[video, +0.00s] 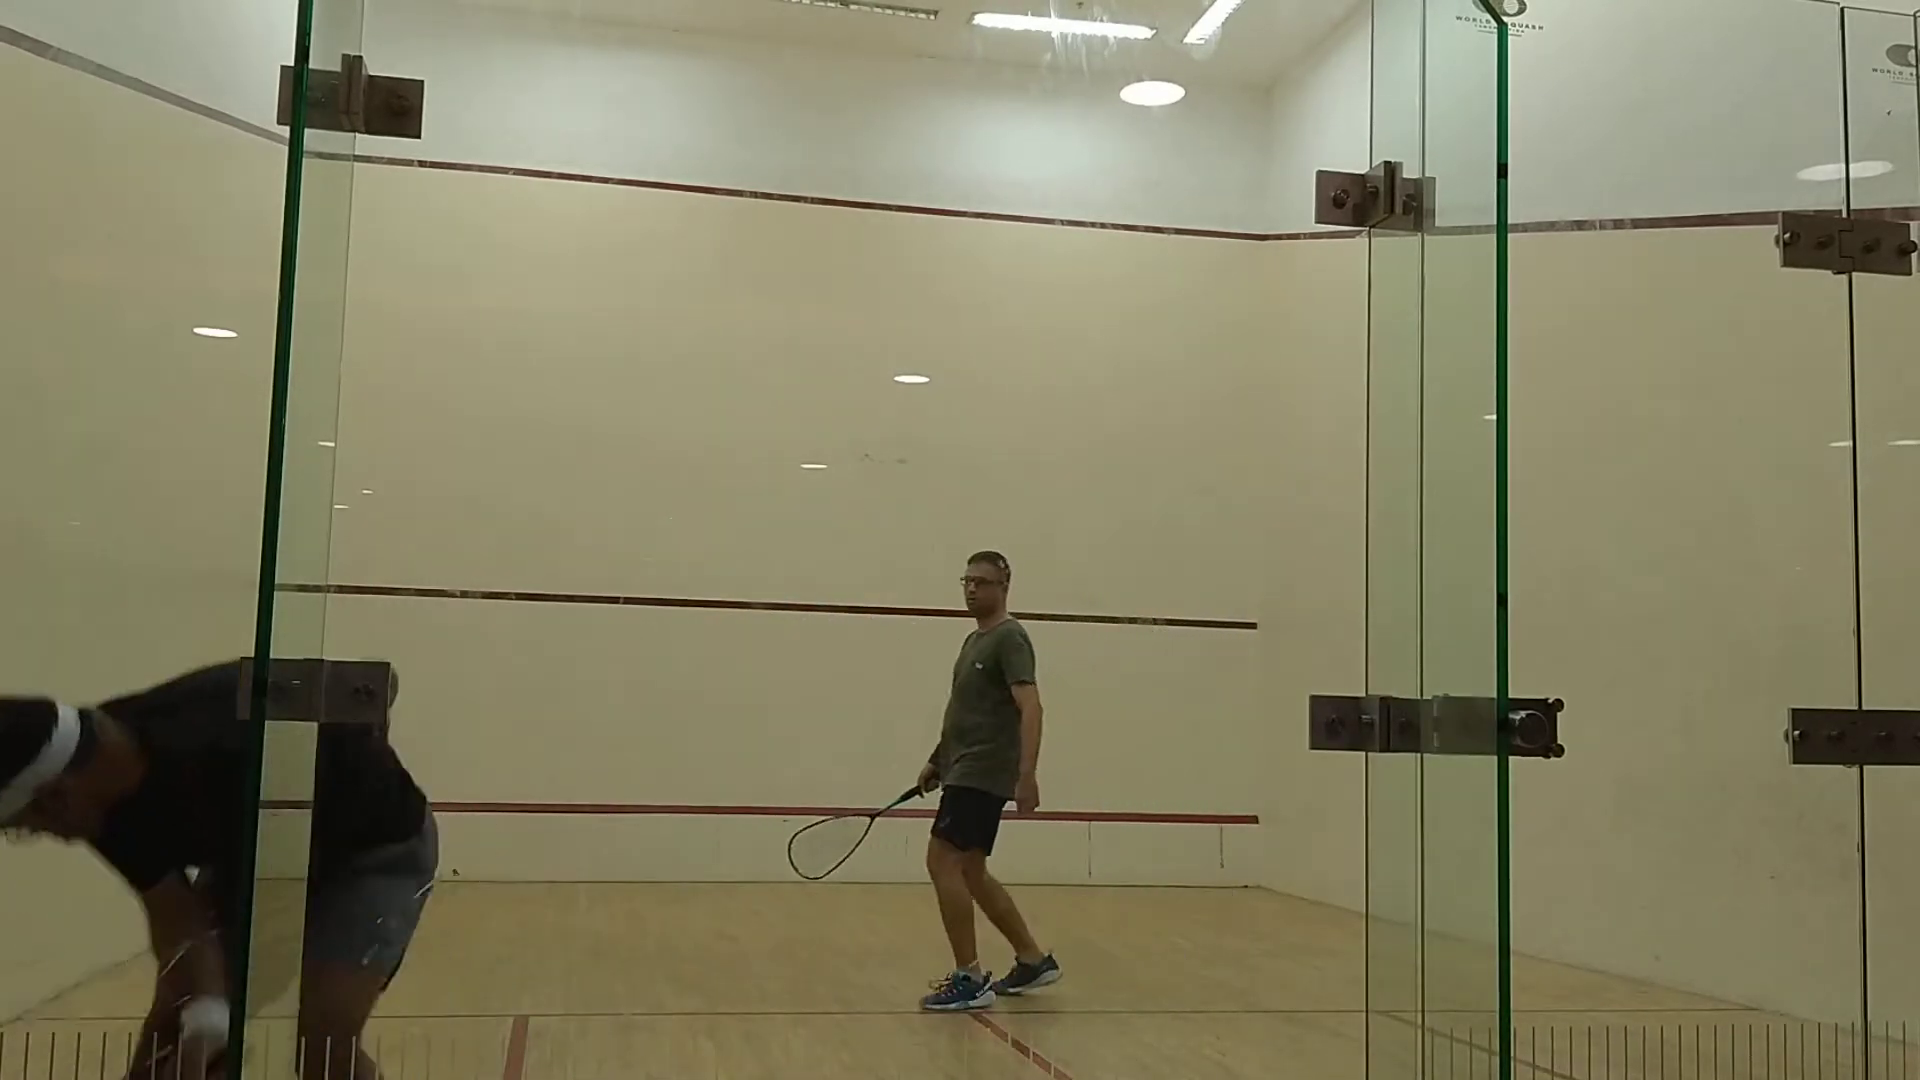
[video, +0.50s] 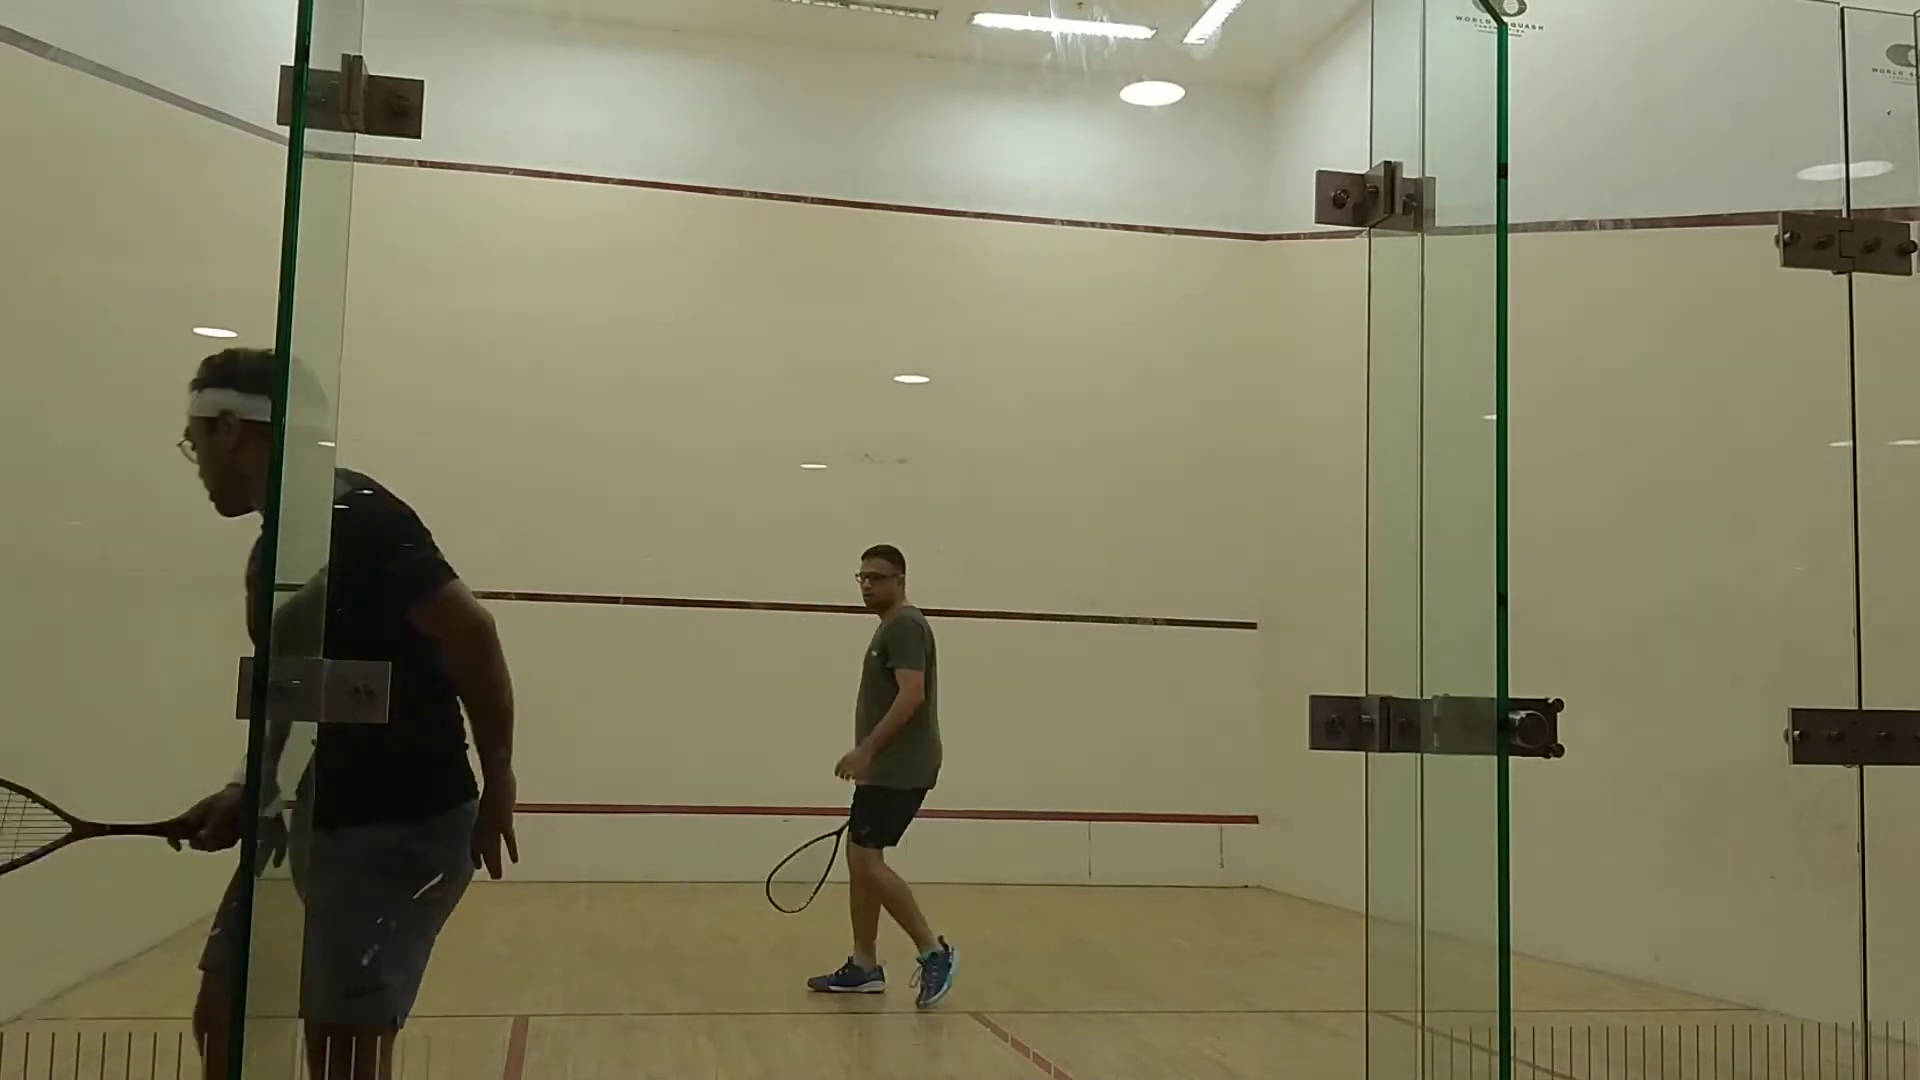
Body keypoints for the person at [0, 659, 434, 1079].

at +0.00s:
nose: (46, 835)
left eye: (37, 820)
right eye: (31, 828)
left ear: (61, 785)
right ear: (56, 790)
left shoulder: (223, 715)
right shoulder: (98, 804)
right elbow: (173, 905)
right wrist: (205, 1004)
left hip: (371, 843)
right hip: (250, 859)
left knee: (323, 1042)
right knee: (168, 1033)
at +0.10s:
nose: (30, 698)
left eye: (30, 677)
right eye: (19, 685)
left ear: (71, 646)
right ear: (62, 656)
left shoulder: (225, 631)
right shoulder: (95, 709)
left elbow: (402, 627)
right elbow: (160, 814)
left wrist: (406, 670)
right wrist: (212, 893)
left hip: (369, 815)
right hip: (252, 826)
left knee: (309, 1014)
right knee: (187, 1013)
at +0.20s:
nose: (48, 579)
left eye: (50, 557)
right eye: (40, 562)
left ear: (100, 541)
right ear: (99, 544)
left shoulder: (278, 571)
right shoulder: (109, 631)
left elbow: (432, 616)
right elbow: (146, 754)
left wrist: (477, 702)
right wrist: (191, 836)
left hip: (356, 830)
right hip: (238, 833)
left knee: (322, 1042)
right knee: (170, 1036)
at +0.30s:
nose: (99, 512)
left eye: (101, 488)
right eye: (92, 492)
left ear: (152, 475)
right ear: (152, 476)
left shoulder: (325, 542)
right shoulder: (159, 583)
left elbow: (456, 627)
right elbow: (177, 709)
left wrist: (495, 744)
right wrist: (180, 813)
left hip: (374, 823)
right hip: (257, 824)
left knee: (328, 1036)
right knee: (185, 1023)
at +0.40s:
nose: (151, 479)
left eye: (158, 453)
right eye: (148, 458)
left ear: (211, 444)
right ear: (208, 448)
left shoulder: (350, 528)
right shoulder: (220, 564)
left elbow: (468, 634)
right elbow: (233, 692)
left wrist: (496, 771)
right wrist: (207, 795)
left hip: (391, 827)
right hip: (282, 828)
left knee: (333, 1047)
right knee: (199, 1026)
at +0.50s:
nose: (193, 463)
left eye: (198, 439)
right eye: (191, 443)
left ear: (243, 433)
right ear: (247, 436)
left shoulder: (361, 515)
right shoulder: (274, 550)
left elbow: (471, 633)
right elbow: (298, 697)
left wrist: (498, 784)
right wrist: (243, 792)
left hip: (401, 821)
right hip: (324, 808)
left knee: (344, 1044)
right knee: (221, 1014)